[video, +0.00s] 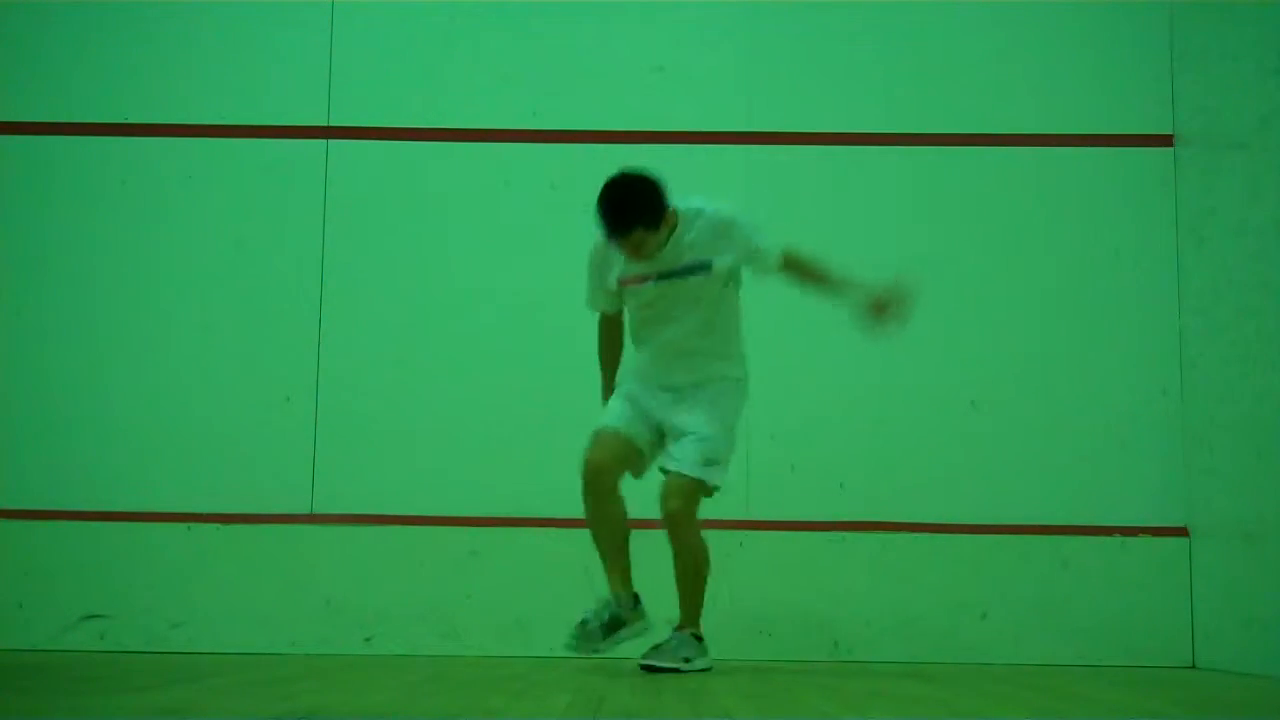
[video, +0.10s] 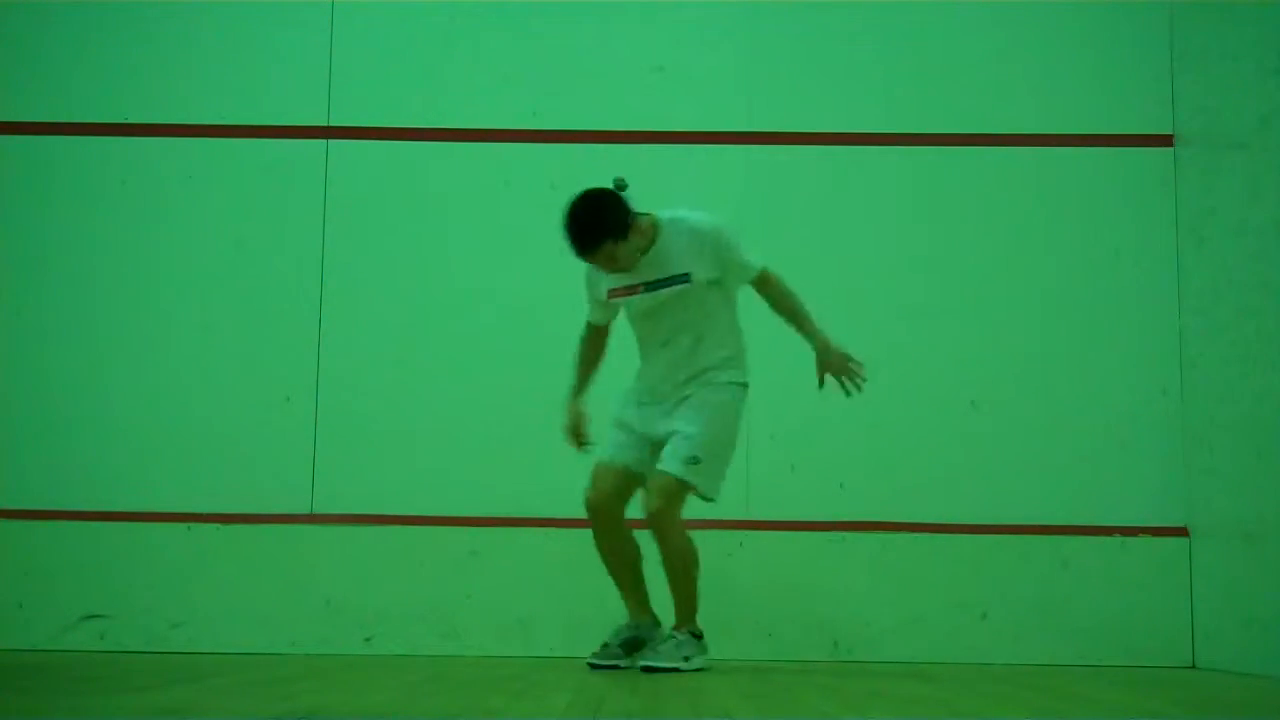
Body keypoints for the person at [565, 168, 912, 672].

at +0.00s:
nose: (629, 251)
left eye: (636, 241)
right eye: (621, 242)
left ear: (661, 221)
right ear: (614, 231)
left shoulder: (716, 232)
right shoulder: (609, 254)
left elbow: (786, 263)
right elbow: (610, 326)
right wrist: (611, 401)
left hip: (711, 389)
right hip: (647, 387)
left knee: (677, 504)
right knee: (597, 465)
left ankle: (689, 635)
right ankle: (623, 603)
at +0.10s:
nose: (606, 270)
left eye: (608, 261)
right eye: (597, 265)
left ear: (627, 233)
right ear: (597, 248)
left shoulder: (701, 238)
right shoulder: (604, 267)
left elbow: (765, 283)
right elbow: (595, 331)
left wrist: (822, 345)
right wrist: (576, 400)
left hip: (712, 387)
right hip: (651, 393)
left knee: (660, 503)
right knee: (601, 501)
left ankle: (687, 634)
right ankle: (641, 623)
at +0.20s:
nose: (587, 260)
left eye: (588, 248)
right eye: (577, 255)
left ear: (608, 221)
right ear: (576, 248)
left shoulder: (684, 242)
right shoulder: (599, 281)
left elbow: (767, 280)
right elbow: (574, 334)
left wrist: (843, 328)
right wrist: (526, 387)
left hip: (707, 394)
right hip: (654, 400)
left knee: (611, 486)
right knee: (597, 506)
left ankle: (666, 608)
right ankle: (645, 627)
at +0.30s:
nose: (593, 244)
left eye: (595, 230)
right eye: (585, 238)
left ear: (617, 206)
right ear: (582, 234)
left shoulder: (688, 234)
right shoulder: (604, 272)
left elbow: (780, 247)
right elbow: (555, 309)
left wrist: (871, 261)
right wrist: (504, 339)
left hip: (706, 392)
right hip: (668, 400)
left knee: (578, 398)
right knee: (601, 502)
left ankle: (590, 522)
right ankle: (648, 633)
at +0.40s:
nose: (607, 212)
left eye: (611, 198)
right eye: (598, 205)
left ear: (634, 177)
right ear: (593, 200)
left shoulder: (701, 207)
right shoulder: (604, 239)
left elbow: (785, 194)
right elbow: (534, 265)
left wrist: (875, 180)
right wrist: (461, 301)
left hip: (718, 357)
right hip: (677, 373)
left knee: (599, 314)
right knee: (637, 488)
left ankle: (545, 436)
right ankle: (651, 628)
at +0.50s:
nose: (619, 179)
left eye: (624, 166)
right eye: (611, 171)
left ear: (652, 146)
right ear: (608, 167)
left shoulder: (714, 183)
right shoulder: (612, 207)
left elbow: (776, 170)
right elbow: (544, 236)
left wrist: (842, 152)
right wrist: (466, 268)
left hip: (731, 335)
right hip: (681, 347)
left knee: (627, 320)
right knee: (661, 473)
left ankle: (594, 452)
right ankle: (664, 610)